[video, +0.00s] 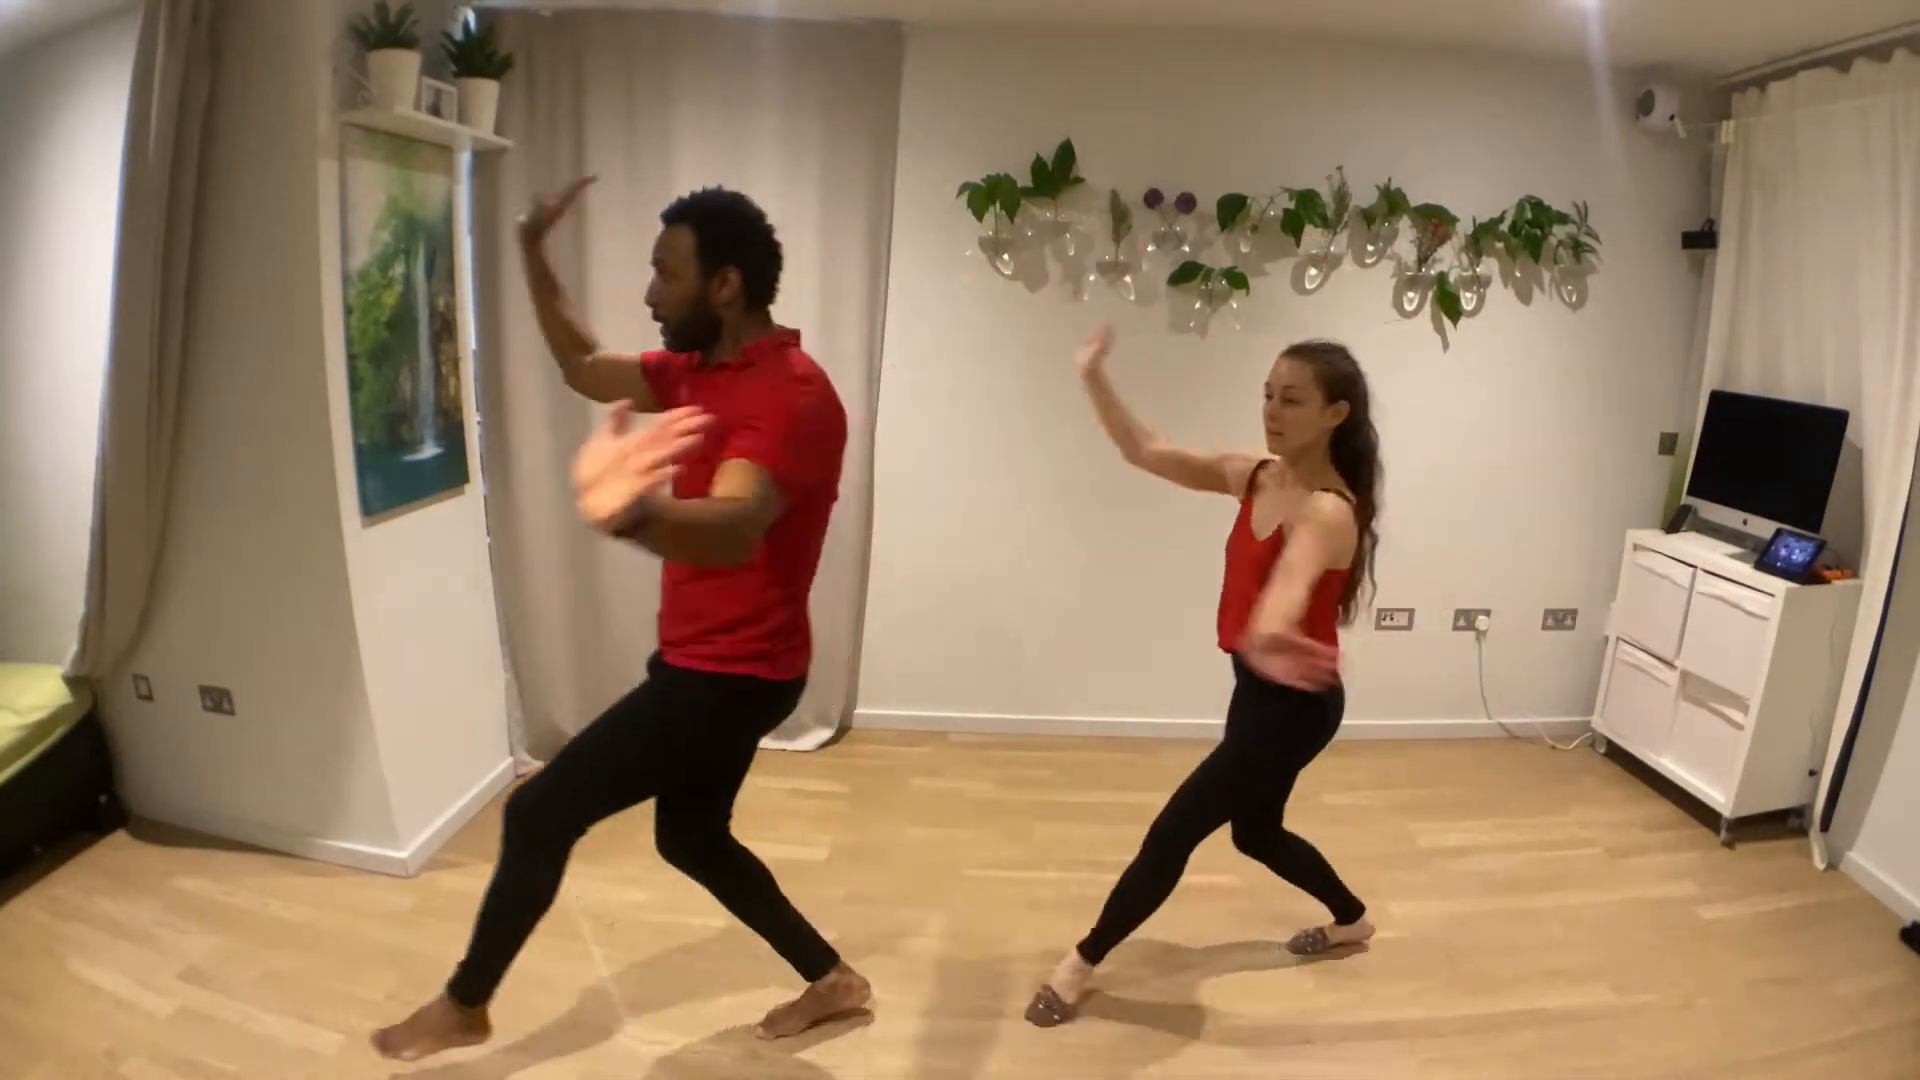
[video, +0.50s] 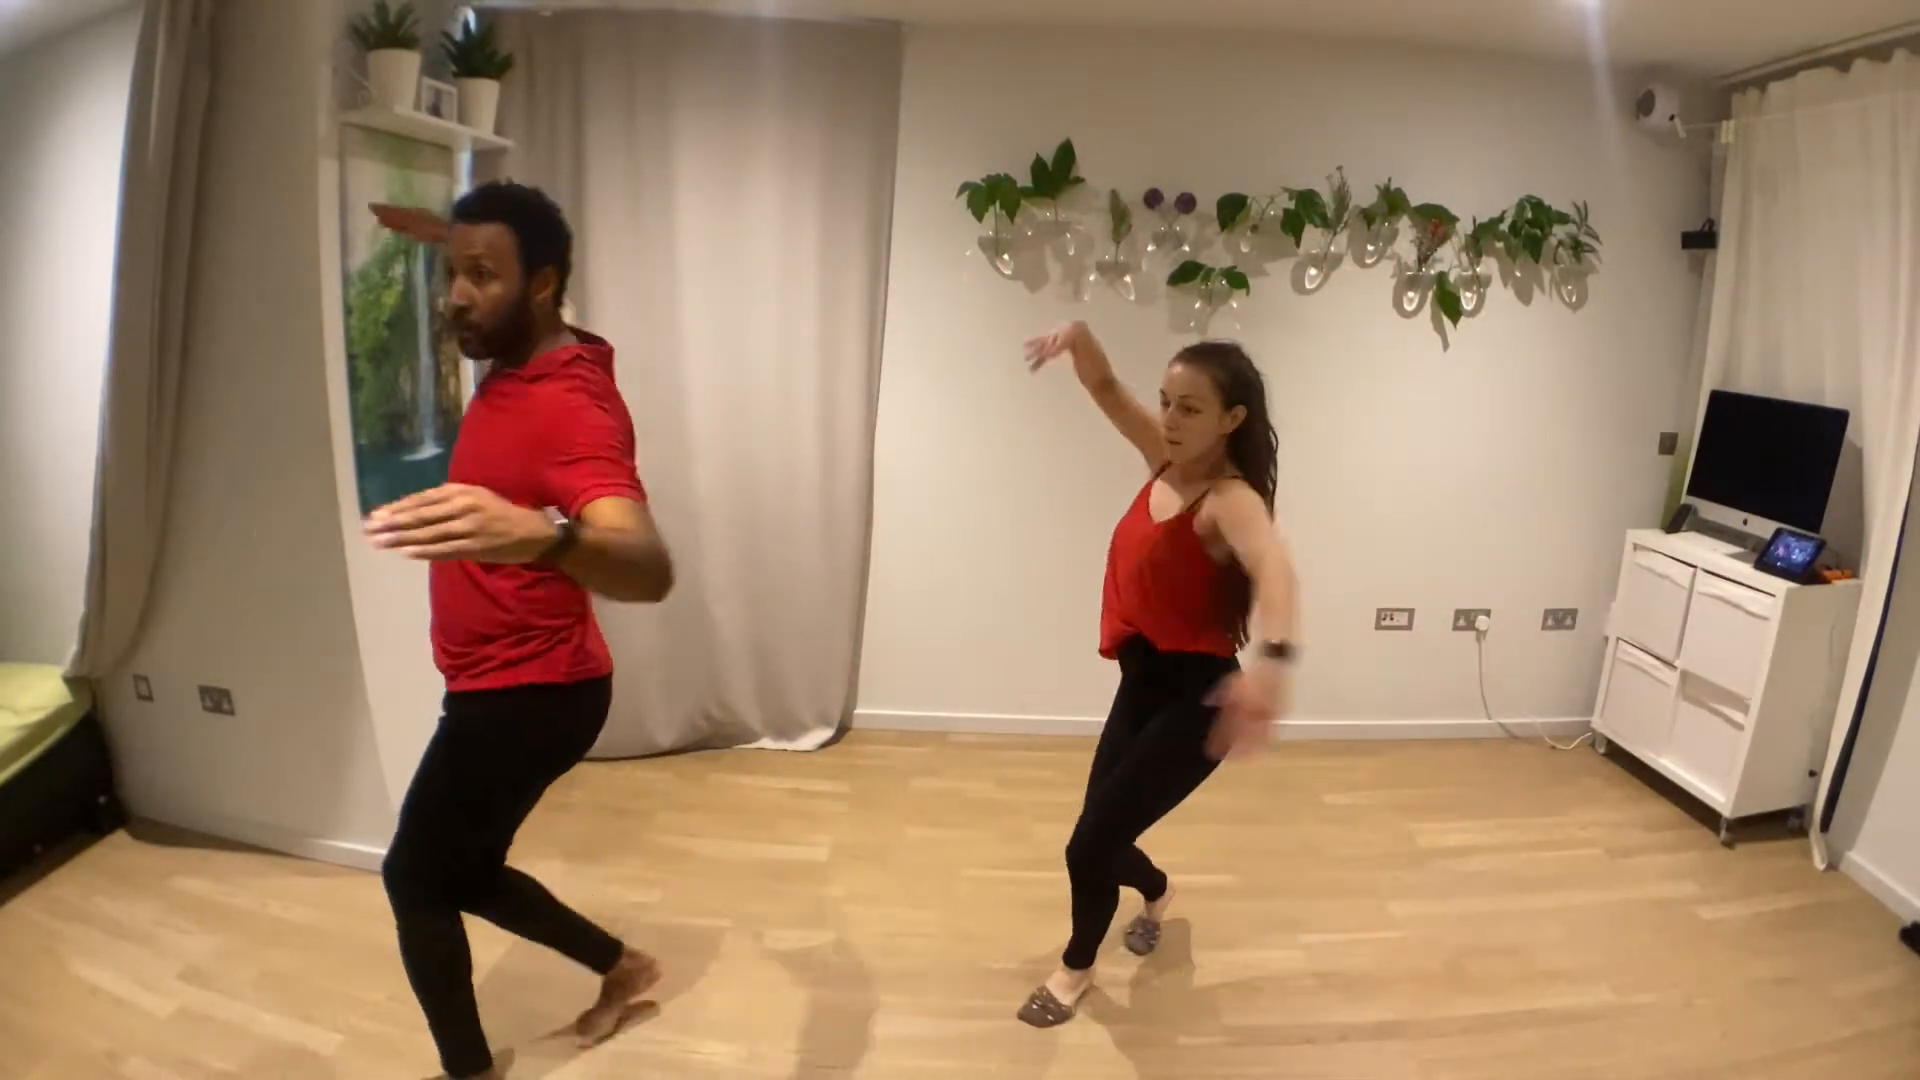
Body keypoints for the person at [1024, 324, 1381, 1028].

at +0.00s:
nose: (1270, 409)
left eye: (1289, 398)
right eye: (1269, 394)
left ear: (1336, 415)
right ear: (1264, 397)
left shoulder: (1328, 513)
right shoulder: (1254, 472)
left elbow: (1292, 585)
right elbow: (1147, 451)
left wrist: (1267, 627)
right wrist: (1096, 379)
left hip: (1298, 701)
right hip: (1256, 686)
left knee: (1177, 826)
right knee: (1257, 833)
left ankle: (1081, 963)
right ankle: (1352, 918)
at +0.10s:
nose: (1233, 417)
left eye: (1253, 407)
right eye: (1231, 402)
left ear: (1299, 422)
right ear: (1227, 402)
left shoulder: (1287, 517)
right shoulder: (1217, 478)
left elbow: (1190, 577)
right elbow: (1099, 471)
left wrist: (1107, 599)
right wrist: (1028, 405)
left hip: (1258, 711)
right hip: (1220, 701)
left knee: (1132, 843)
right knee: (1223, 843)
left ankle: (1076, 970)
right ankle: (1341, 905)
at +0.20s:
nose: (1197, 421)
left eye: (1216, 410)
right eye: (1195, 406)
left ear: (1264, 425)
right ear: (1193, 408)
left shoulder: (1247, 519)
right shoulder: (1190, 478)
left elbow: (1132, 581)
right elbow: (1084, 471)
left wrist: (1017, 584)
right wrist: (1011, 435)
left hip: (1223, 716)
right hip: (1185, 706)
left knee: (1103, 853)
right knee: (1165, 851)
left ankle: (1074, 972)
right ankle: (1292, 887)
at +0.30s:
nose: (1175, 423)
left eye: (1195, 412)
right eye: (1174, 408)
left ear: (1241, 427)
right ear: (1172, 408)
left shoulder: (1222, 515)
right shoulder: (1175, 475)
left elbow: (1121, 581)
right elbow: (1081, 453)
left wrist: (996, 602)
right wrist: (1022, 427)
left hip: (1207, 716)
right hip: (1161, 703)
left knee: (1091, 857)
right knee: (1107, 844)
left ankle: (1074, 973)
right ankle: (1224, 881)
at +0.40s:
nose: (1165, 422)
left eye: (1184, 412)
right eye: (1164, 407)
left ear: (1232, 426)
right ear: (1165, 410)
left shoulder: (1217, 508)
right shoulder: (1171, 466)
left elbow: (1162, 583)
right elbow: (1104, 428)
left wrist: (1062, 641)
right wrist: (1065, 395)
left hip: (1196, 709)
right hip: (1148, 694)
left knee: (1087, 850)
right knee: (1074, 843)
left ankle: (1076, 971)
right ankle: (1163, 880)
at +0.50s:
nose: (1168, 420)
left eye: (1188, 409)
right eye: (1167, 403)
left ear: (1232, 420)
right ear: (1160, 404)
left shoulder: (1231, 501)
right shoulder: (1167, 458)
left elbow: (1275, 567)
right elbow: (1107, 391)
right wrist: (1078, 338)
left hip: (1202, 692)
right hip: (1144, 678)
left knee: (1092, 849)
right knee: (1096, 831)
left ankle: (1074, 970)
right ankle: (1156, 889)